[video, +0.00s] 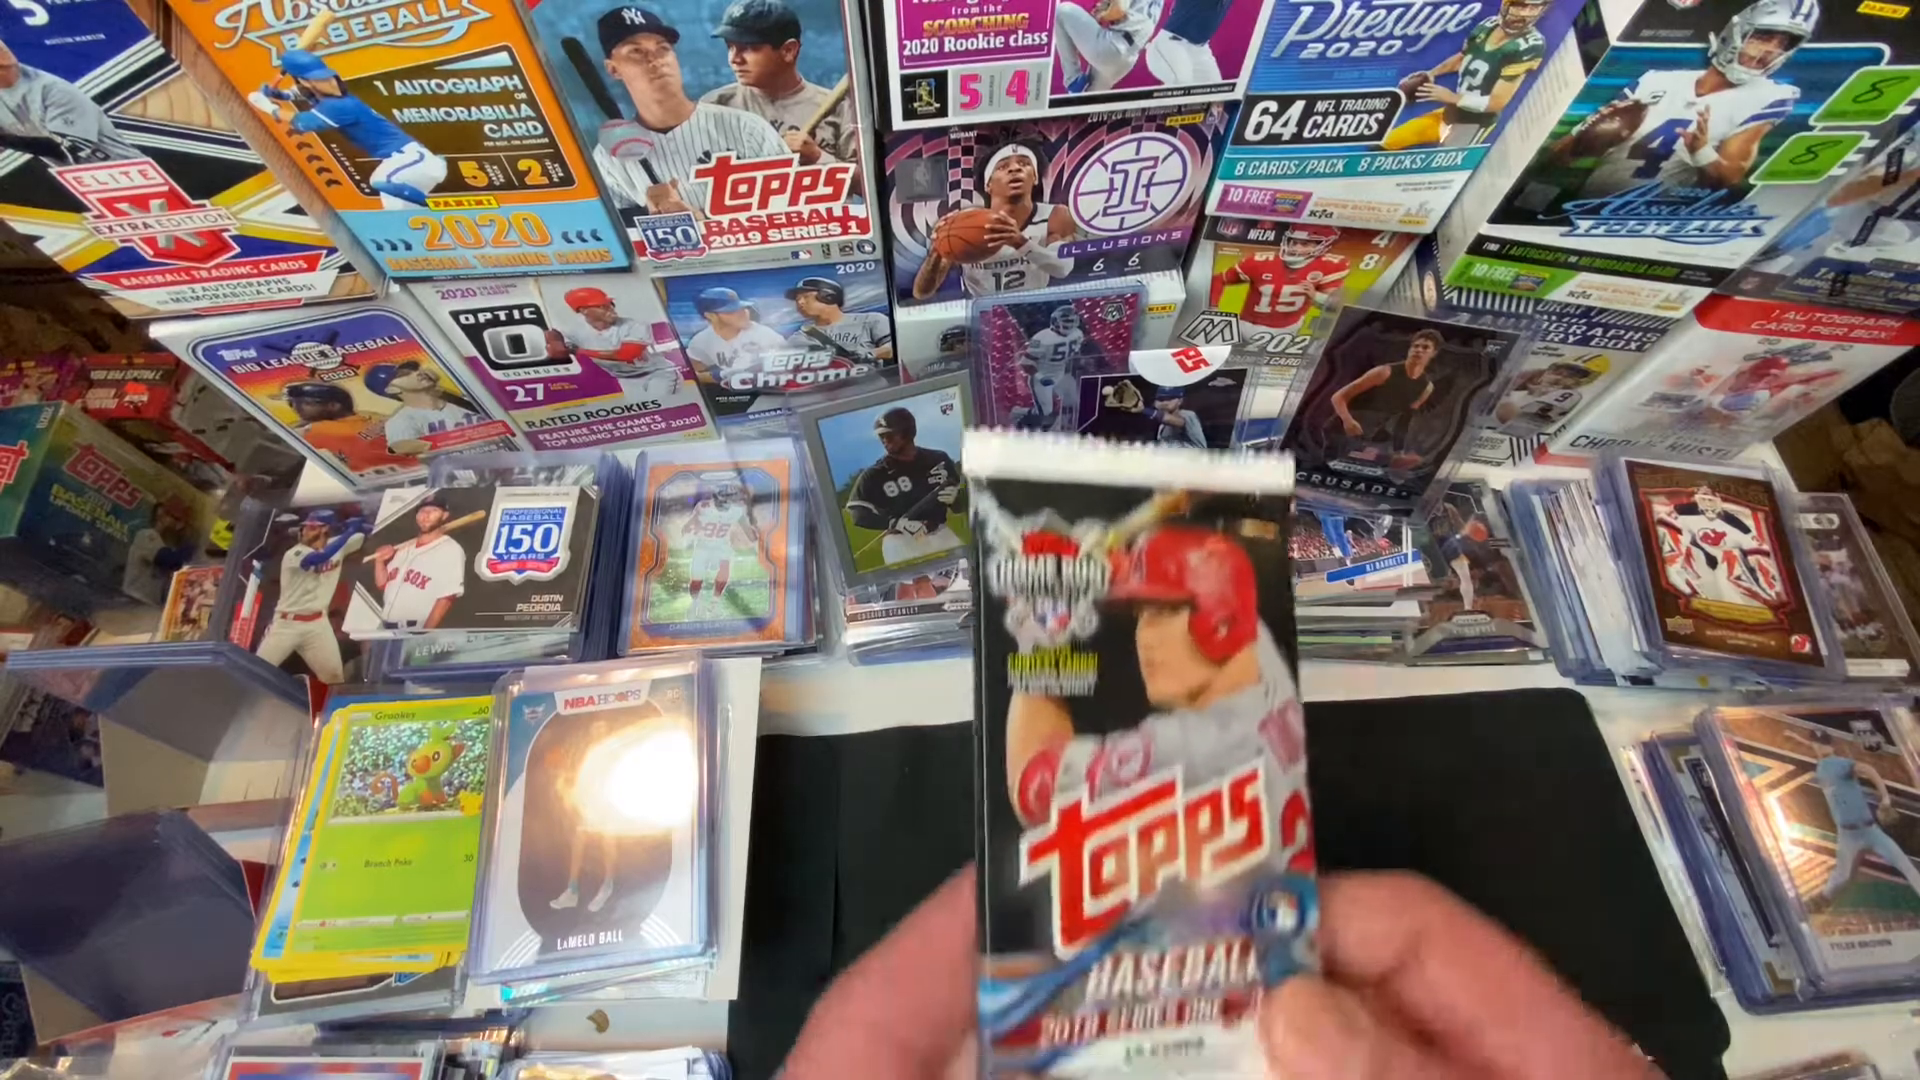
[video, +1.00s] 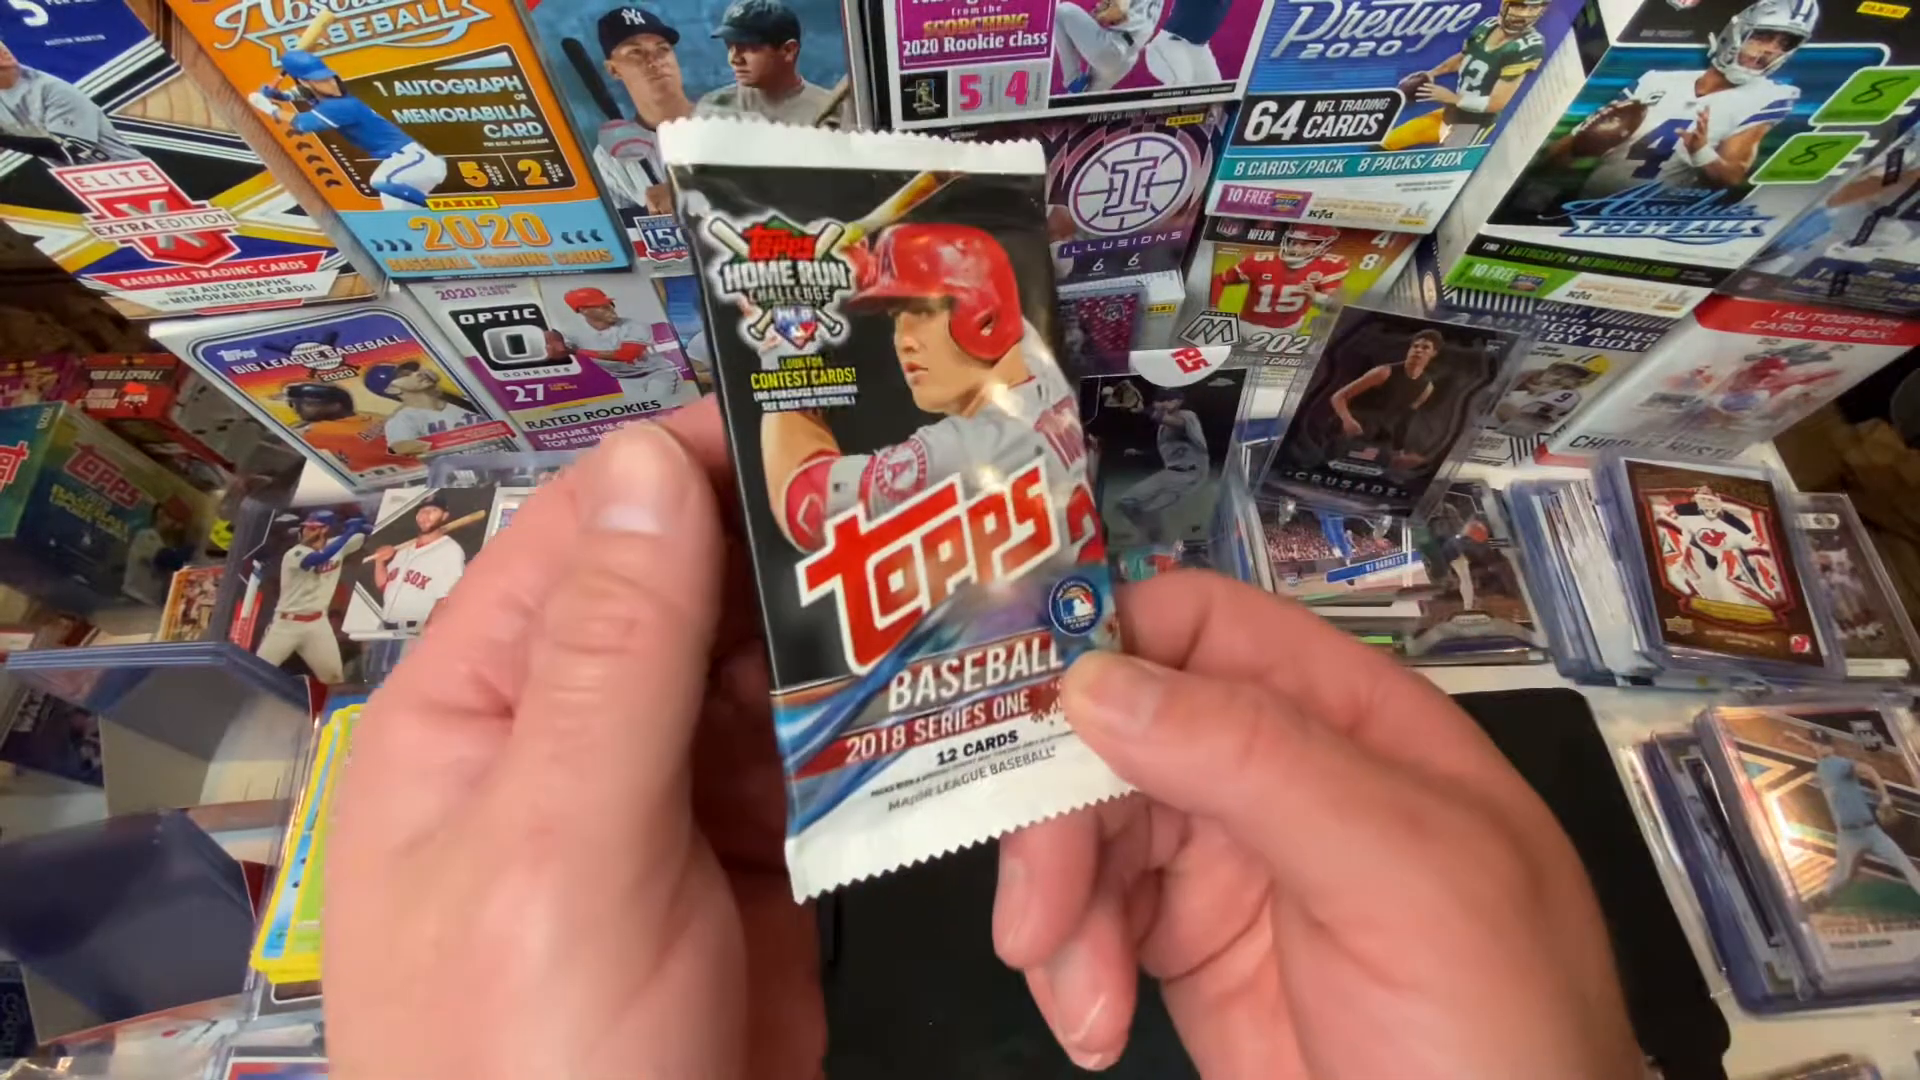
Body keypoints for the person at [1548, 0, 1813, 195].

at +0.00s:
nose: (1769, 51)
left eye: (1782, 46)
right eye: (1764, 37)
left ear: (1787, 57)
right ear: (1737, 33)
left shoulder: (1765, 99)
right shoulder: (1656, 82)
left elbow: (1732, 178)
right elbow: (1556, 157)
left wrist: (1702, 153)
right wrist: (1583, 137)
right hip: (1593, 207)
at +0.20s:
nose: (1770, 52)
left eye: (1783, 45)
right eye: (1764, 37)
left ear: (1789, 56)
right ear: (1738, 32)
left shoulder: (1764, 99)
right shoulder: (1657, 83)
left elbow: (1735, 176)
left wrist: (1703, 153)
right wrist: (1583, 140)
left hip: (1662, 224)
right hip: (1593, 206)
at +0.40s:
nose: (1771, 52)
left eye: (1784, 46)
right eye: (1765, 37)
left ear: (1789, 56)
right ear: (1739, 32)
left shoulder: (1764, 99)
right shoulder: (1658, 82)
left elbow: (1735, 175)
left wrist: (1702, 154)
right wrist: (1583, 140)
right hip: (1594, 204)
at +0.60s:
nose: (1770, 52)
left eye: (1783, 46)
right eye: (1764, 37)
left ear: (1789, 57)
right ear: (1738, 32)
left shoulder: (1763, 101)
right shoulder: (1659, 82)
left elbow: (1735, 176)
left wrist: (1701, 153)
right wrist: (1581, 140)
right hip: (1595, 202)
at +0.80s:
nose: (1770, 52)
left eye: (1783, 46)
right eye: (1764, 37)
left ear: (1789, 56)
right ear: (1738, 33)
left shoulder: (1764, 100)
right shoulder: (1658, 82)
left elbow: (1734, 176)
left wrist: (1701, 153)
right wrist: (1582, 139)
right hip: (1594, 203)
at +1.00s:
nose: (1770, 51)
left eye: (1784, 45)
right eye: (1764, 37)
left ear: (1789, 56)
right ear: (1738, 33)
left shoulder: (1761, 101)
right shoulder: (1658, 83)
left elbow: (1735, 176)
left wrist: (1702, 154)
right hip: (1593, 207)